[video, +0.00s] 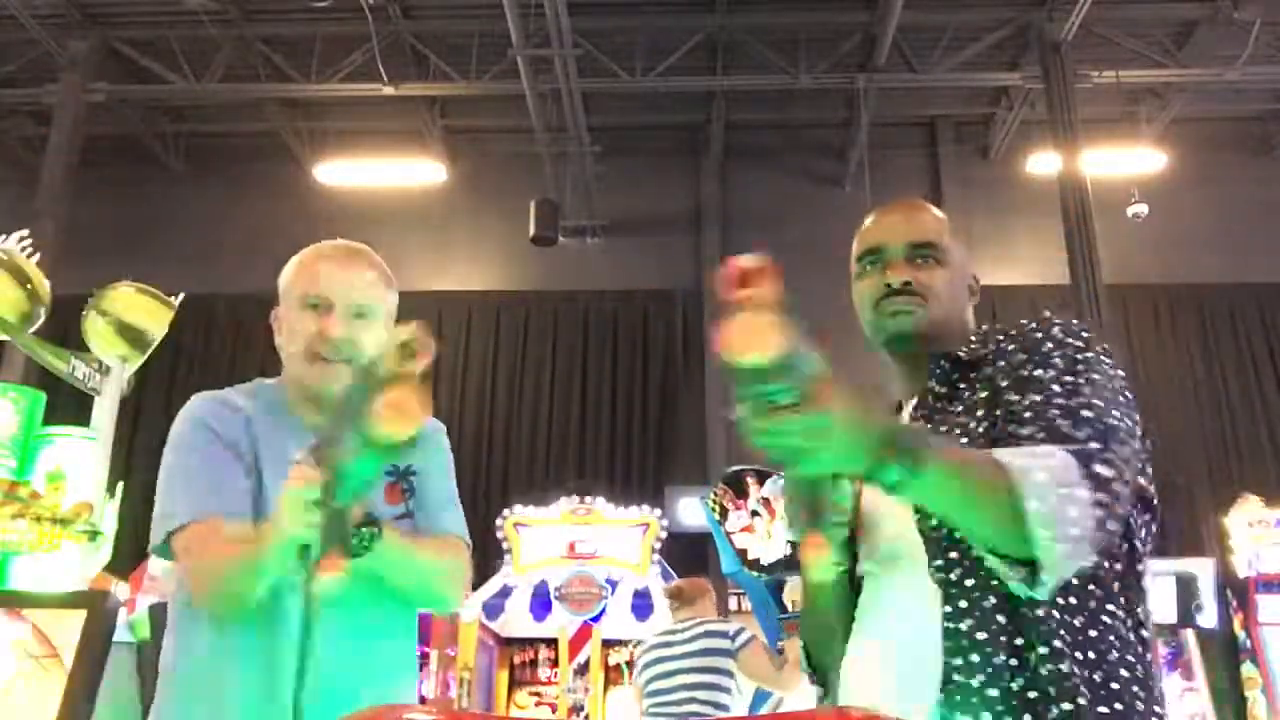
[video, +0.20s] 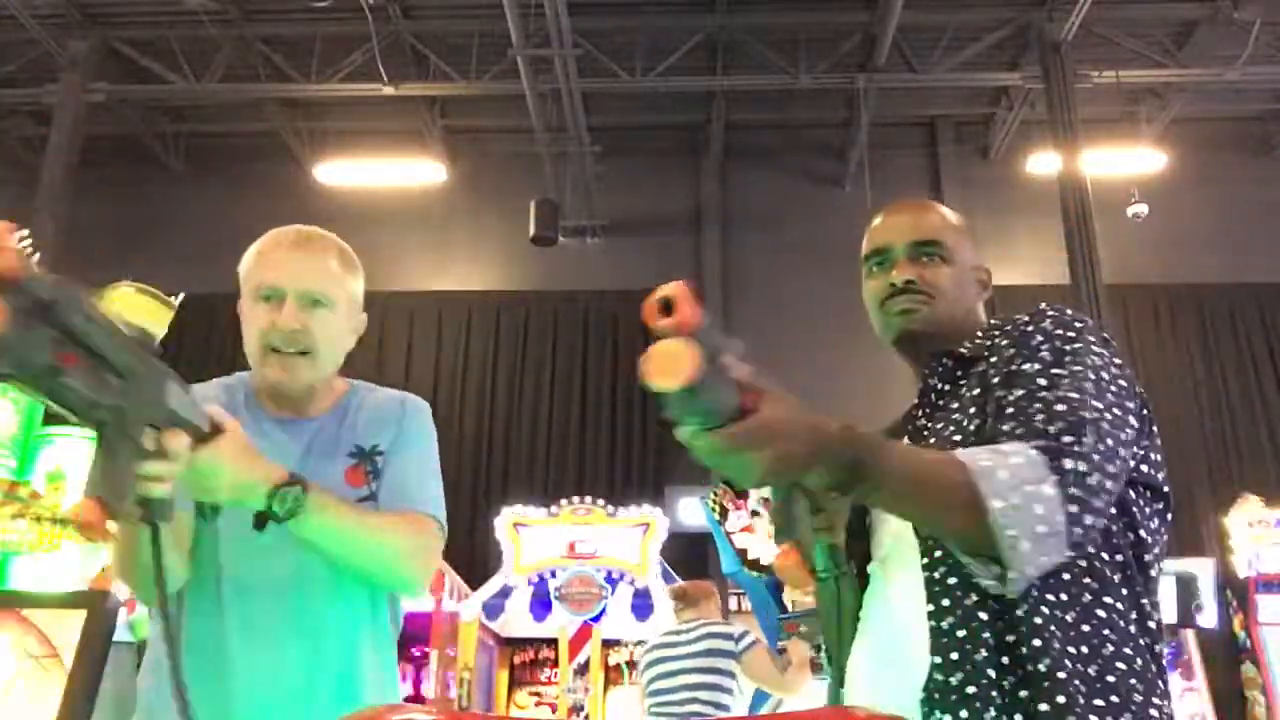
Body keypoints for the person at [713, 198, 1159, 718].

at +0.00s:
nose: (896, 274)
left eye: (924, 257)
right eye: (872, 263)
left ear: (972, 281)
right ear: (853, 301)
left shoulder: (1052, 352)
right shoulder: (873, 443)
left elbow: (1072, 522)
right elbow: (836, 664)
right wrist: (818, 532)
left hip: (1060, 701)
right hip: (899, 704)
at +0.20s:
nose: (901, 276)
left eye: (927, 256)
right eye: (879, 264)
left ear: (981, 281)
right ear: (863, 298)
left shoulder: (1054, 340)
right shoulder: (894, 447)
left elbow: (1046, 508)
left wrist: (837, 455)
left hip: (1068, 698)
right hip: (926, 705)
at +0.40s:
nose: (929, 270)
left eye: (948, 247)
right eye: (902, 255)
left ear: (986, 271)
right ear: (876, 297)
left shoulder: (1087, 353)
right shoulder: (874, 424)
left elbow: (1150, 519)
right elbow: (828, 656)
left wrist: (1011, 406)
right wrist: (859, 528)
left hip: (1101, 701)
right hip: (924, 709)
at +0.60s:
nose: (938, 270)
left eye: (963, 254)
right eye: (910, 257)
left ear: (1003, 278)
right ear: (880, 299)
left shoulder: (1087, 364)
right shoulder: (874, 454)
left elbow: (1158, 542)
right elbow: (829, 661)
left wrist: (1051, 444)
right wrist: (871, 538)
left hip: (1080, 700)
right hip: (911, 705)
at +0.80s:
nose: (944, 274)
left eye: (968, 257)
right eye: (916, 261)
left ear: (1005, 286)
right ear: (887, 302)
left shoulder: (1089, 359)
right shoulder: (902, 447)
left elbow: (1037, 487)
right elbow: (871, 666)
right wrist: (845, 551)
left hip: (1088, 697)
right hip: (933, 702)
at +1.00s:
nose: (947, 271)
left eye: (971, 256)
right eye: (919, 261)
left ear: (1009, 286)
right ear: (892, 302)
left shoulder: (1099, 352)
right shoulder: (900, 434)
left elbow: (1098, 515)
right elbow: (879, 669)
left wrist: (919, 434)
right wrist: (856, 515)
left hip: (1098, 701)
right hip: (938, 705)